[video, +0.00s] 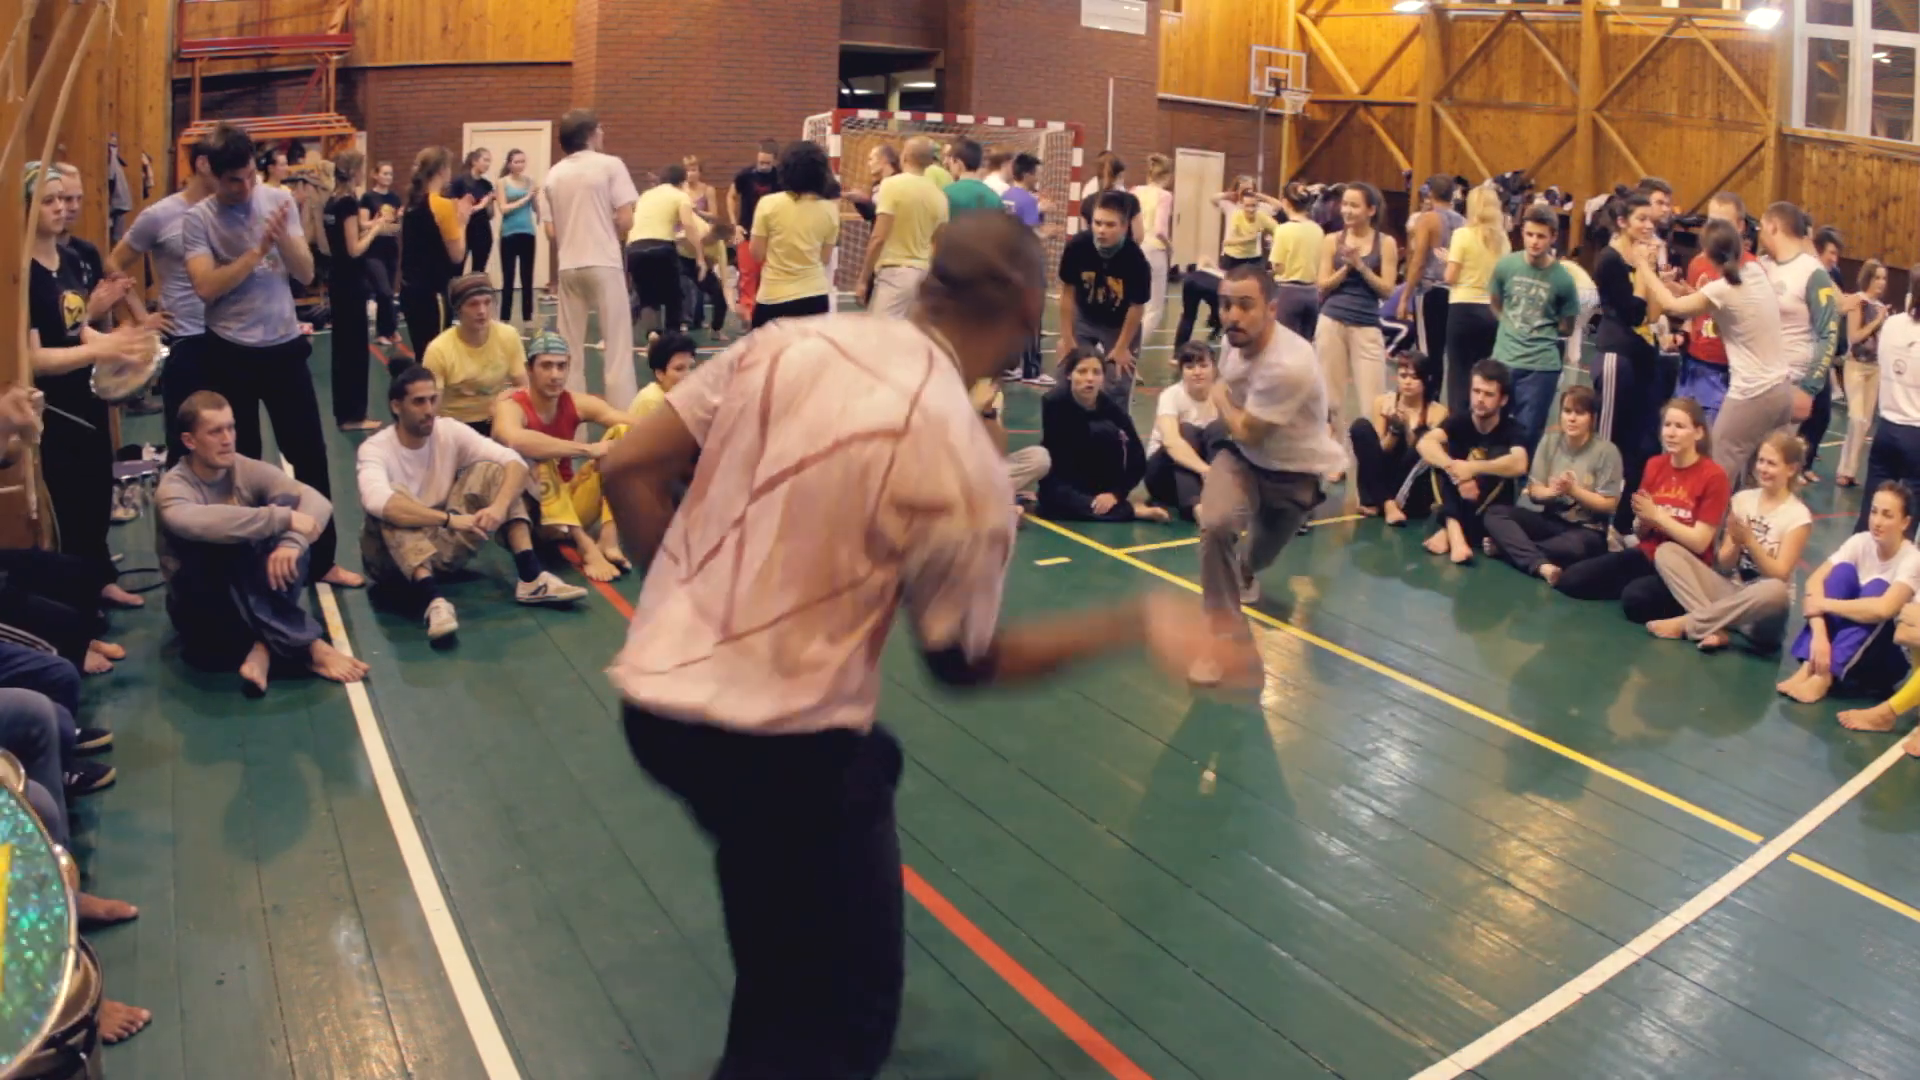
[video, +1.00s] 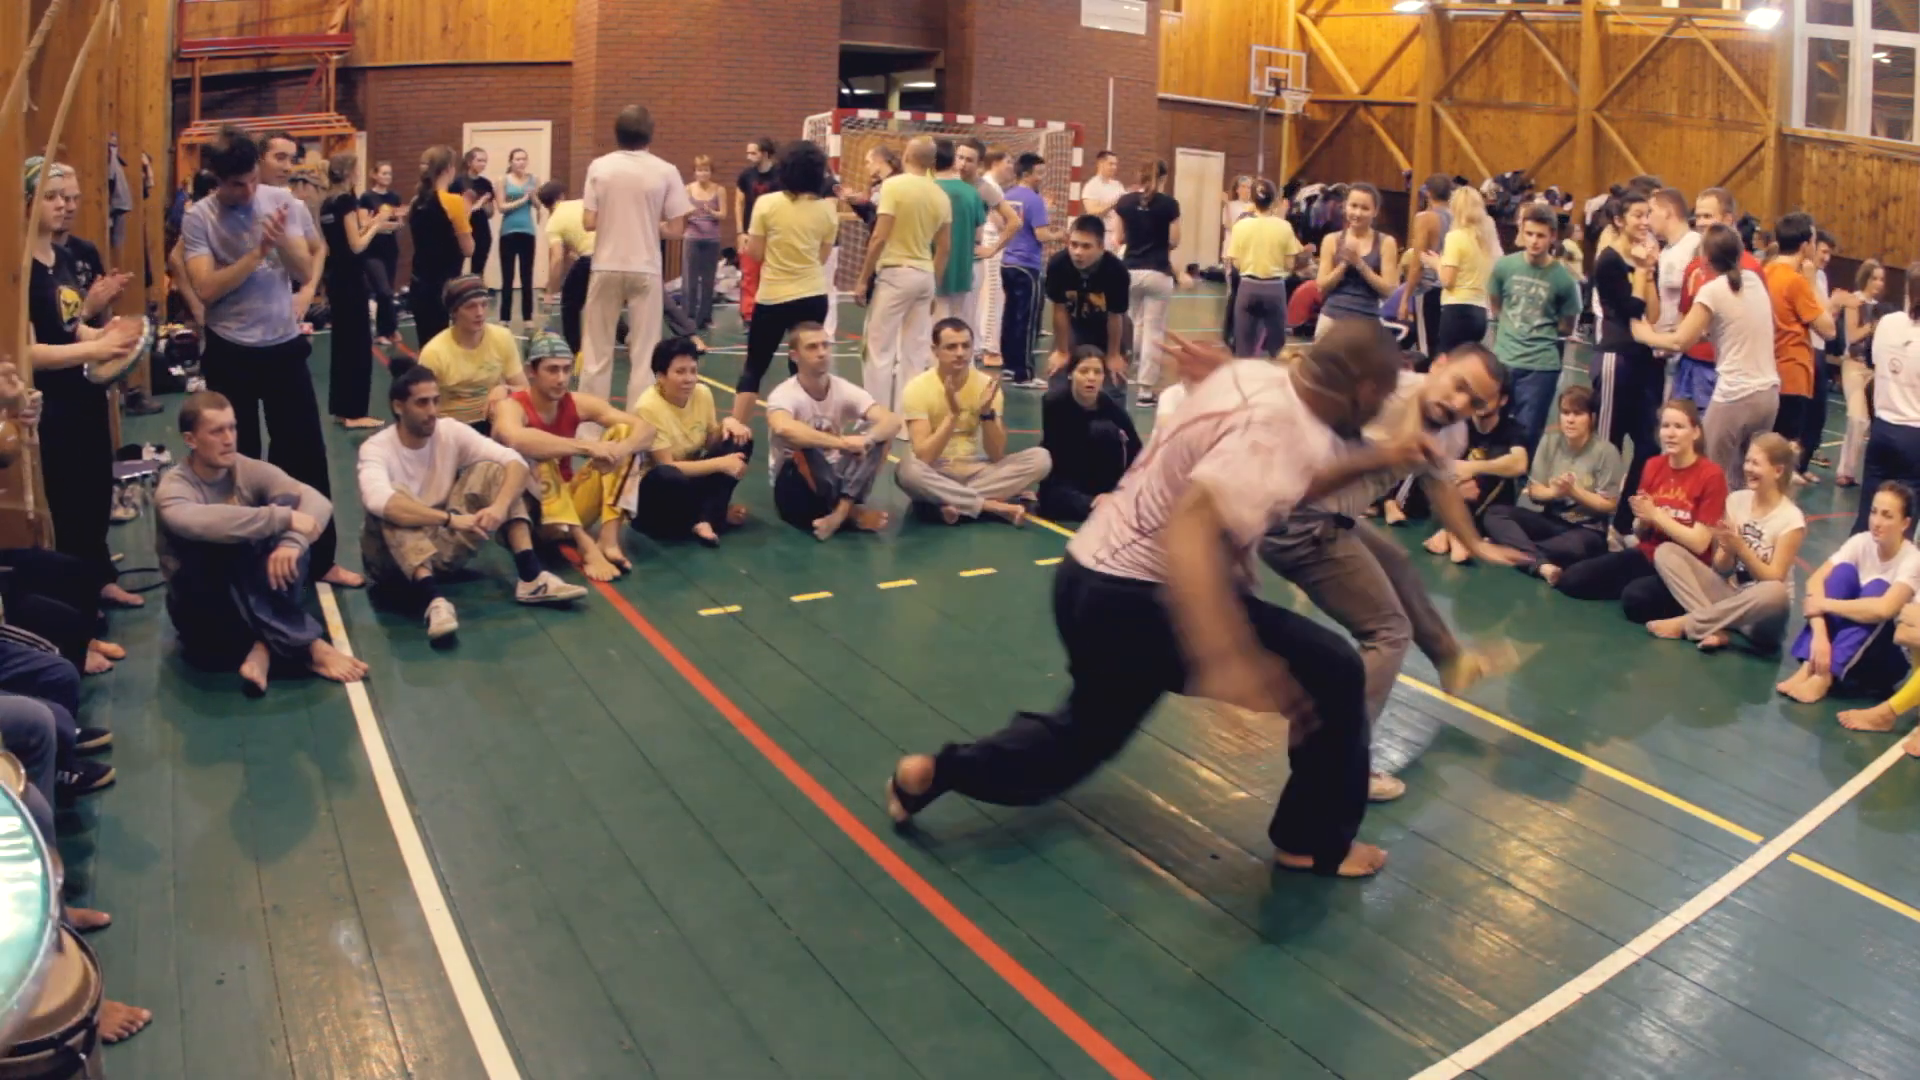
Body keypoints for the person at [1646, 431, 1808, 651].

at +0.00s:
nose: (1763, 469)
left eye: (1772, 464)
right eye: (1760, 461)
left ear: (1791, 470)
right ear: (1755, 463)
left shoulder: (1798, 515)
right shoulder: (1741, 499)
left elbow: (1780, 572)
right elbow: (1724, 563)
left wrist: (1748, 541)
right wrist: (1736, 541)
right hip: (1728, 590)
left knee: (1774, 590)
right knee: (1666, 552)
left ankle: (1685, 624)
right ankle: (1712, 629)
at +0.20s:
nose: (1761, 467)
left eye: (1770, 462)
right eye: (1759, 460)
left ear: (1791, 469)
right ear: (1754, 462)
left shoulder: (1798, 515)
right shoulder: (1740, 498)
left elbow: (1779, 572)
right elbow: (1721, 564)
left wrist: (1749, 540)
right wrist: (1732, 540)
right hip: (1727, 589)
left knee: (1774, 590)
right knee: (1667, 551)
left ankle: (1686, 624)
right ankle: (1712, 629)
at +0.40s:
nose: (1760, 466)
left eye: (1768, 461)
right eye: (1757, 458)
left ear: (1788, 469)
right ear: (1751, 462)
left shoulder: (1796, 514)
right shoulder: (1739, 498)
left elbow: (1780, 572)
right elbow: (1722, 562)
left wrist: (1743, 541)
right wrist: (1733, 543)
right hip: (1728, 592)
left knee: (1774, 590)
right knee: (1667, 551)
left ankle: (1685, 624)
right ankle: (1711, 629)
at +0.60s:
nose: (1753, 466)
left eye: (1761, 460)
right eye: (1752, 459)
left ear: (1783, 468)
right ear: (1747, 462)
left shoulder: (1795, 515)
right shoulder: (1738, 498)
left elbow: (1780, 574)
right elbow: (1722, 563)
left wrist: (1748, 549)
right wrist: (1725, 543)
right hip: (1729, 591)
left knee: (1775, 590)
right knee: (1667, 551)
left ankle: (1685, 624)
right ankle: (1711, 629)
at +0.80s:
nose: (1748, 467)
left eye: (1757, 462)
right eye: (1748, 460)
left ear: (1779, 469)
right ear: (1744, 463)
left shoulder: (1793, 516)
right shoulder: (1737, 499)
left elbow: (1776, 575)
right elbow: (1721, 564)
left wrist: (1739, 543)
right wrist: (1731, 543)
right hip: (1729, 593)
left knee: (1774, 591)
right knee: (1666, 552)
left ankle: (1685, 624)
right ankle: (1711, 629)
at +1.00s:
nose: (1747, 468)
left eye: (1755, 463)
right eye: (1747, 462)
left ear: (1778, 470)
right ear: (1743, 463)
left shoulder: (1792, 519)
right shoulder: (1735, 500)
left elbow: (1774, 577)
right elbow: (1721, 567)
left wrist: (1738, 545)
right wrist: (1725, 545)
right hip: (1728, 595)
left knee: (1774, 592)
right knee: (1666, 552)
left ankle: (1685, 624)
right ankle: (1711, 629)